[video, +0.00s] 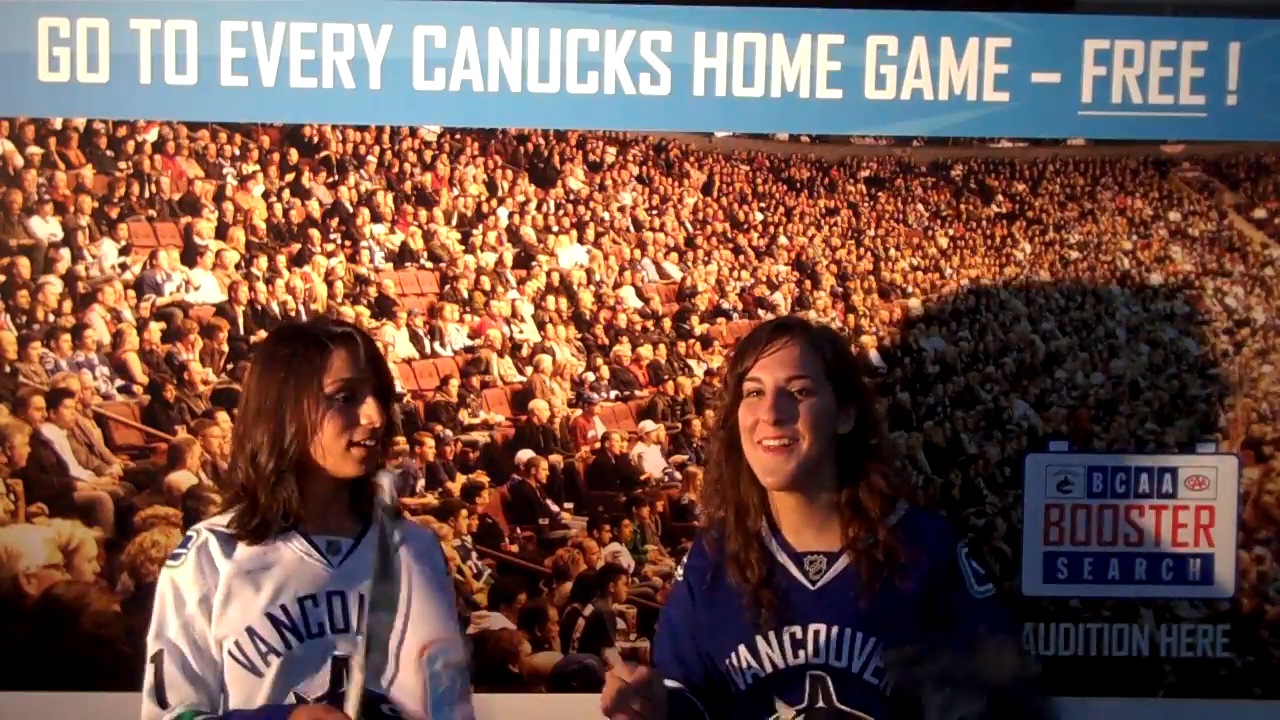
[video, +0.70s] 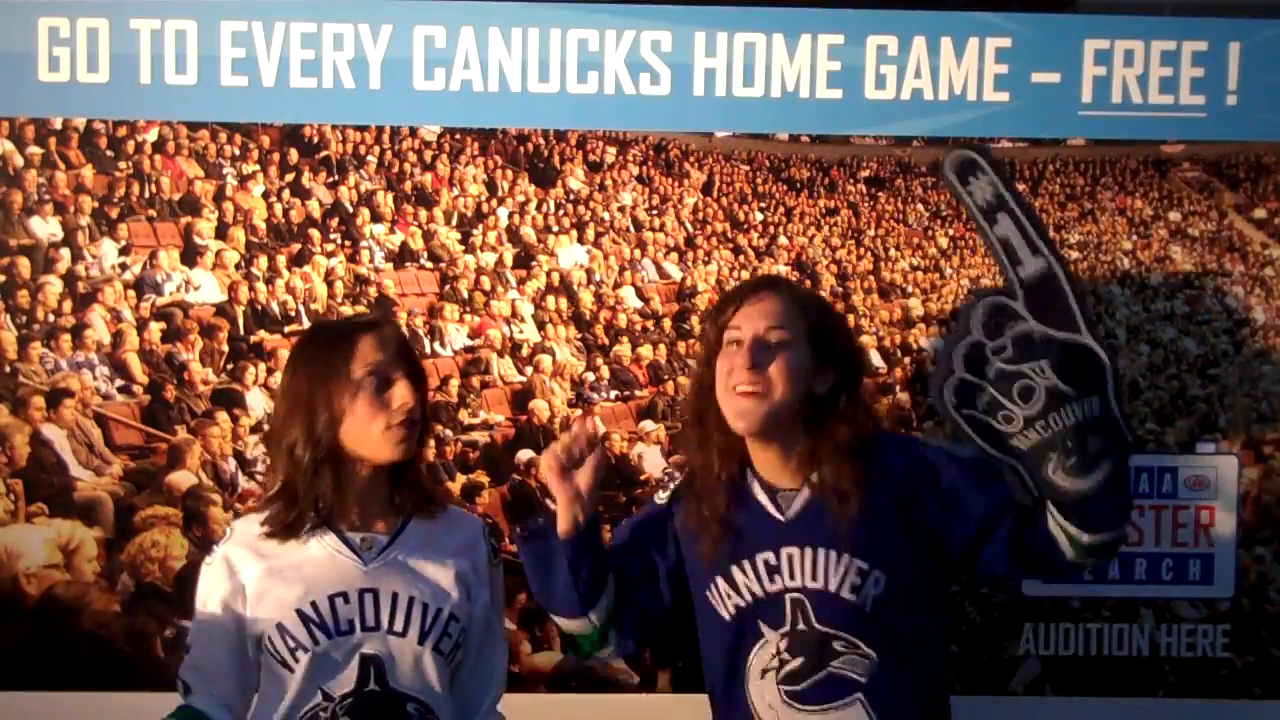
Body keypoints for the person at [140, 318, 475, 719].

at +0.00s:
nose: (375, 416)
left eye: (377, 395)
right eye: (344, 397)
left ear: (388, 401)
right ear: (284, 413)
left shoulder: (414, 552)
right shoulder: (206, 563)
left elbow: (443, 707)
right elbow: (173, 711)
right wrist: (293, 714)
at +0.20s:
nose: (373, 410)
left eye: (376, 388)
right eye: (342, 392)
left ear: (387, 394)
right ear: (285, 410)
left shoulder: (431, 540)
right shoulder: (215, 551)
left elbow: (465, 703)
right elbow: (167, 703)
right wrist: (277, 708)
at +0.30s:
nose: (376, 412)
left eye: (379, 391)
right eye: (344, 394)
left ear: (393, 400)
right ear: (290, 416)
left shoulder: (439, 543)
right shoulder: (221, 553)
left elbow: (465, 704)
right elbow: (186, 701)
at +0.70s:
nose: (409, 396)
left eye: (411, 376)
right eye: (378, 379)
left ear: (424, 386)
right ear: (319, 403)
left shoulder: (466, 542)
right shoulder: (242, 558)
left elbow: (480, 705)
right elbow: (209, 707)